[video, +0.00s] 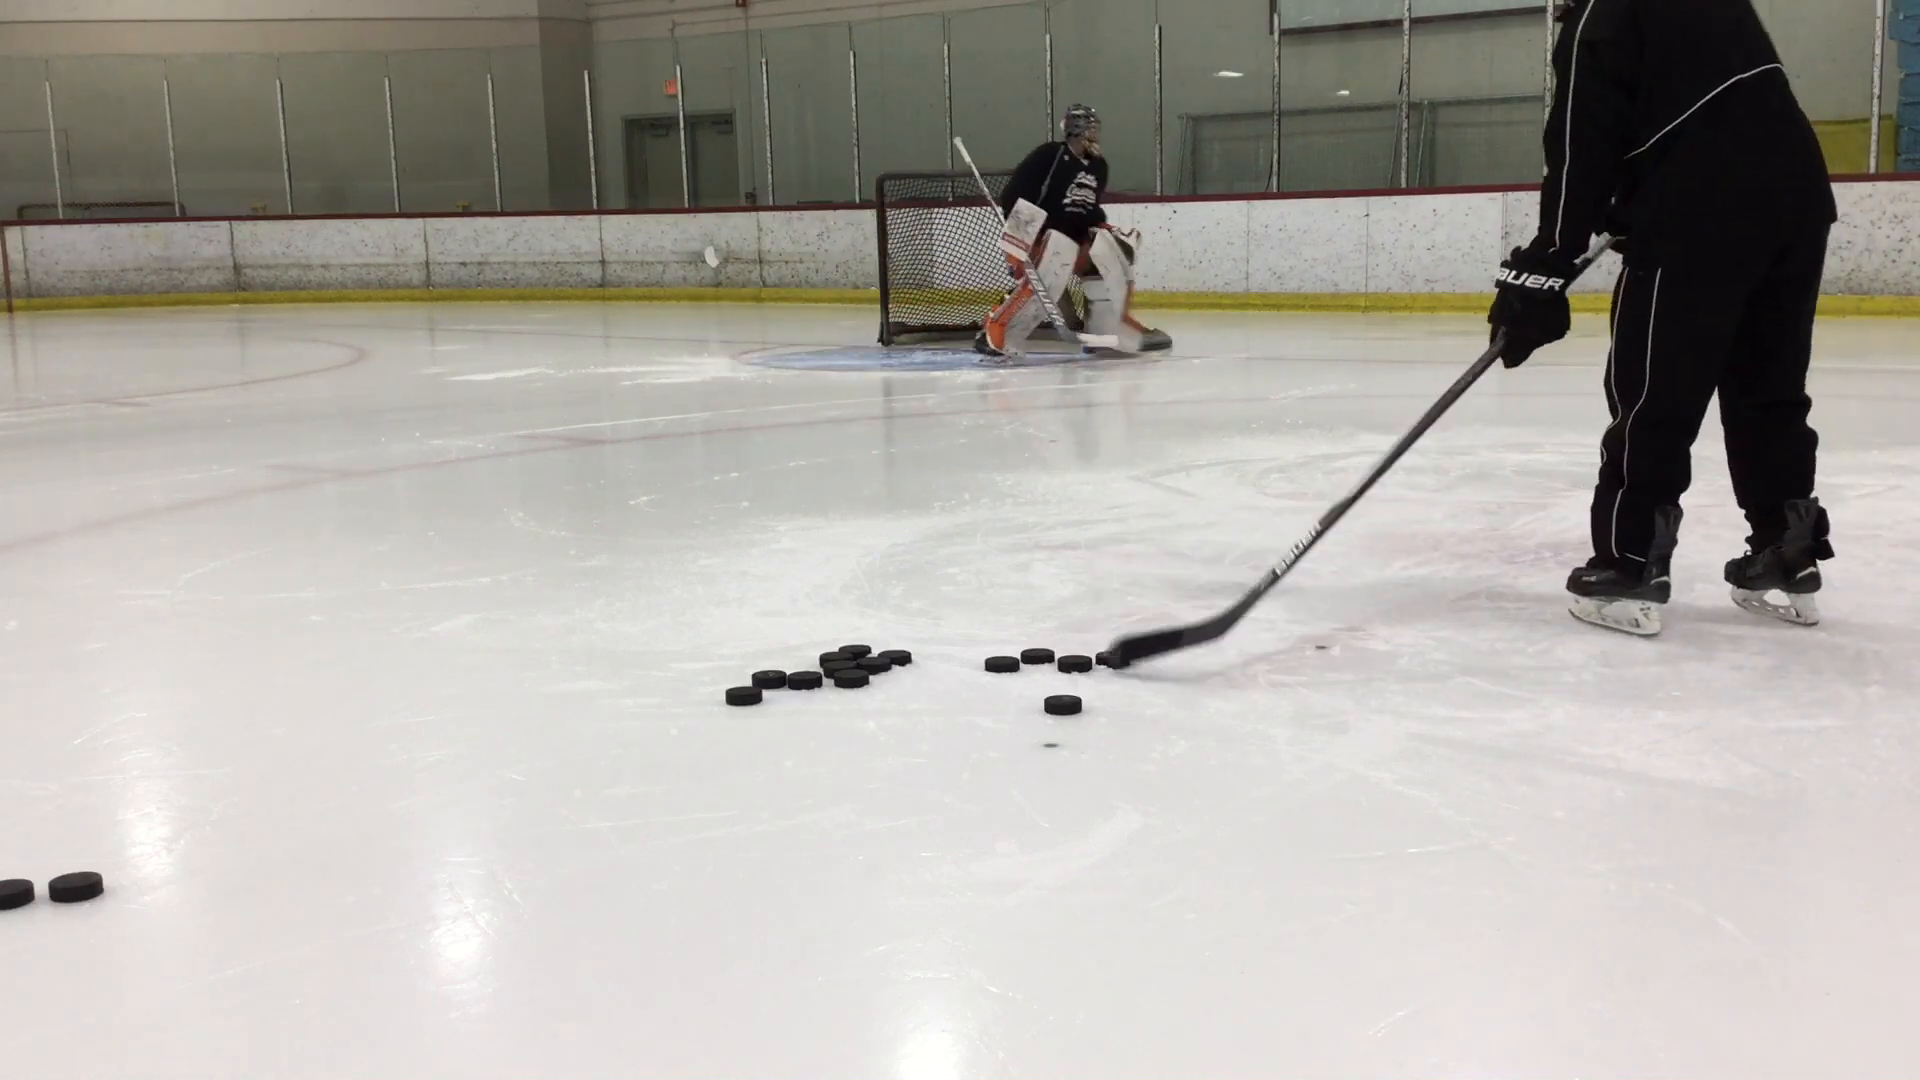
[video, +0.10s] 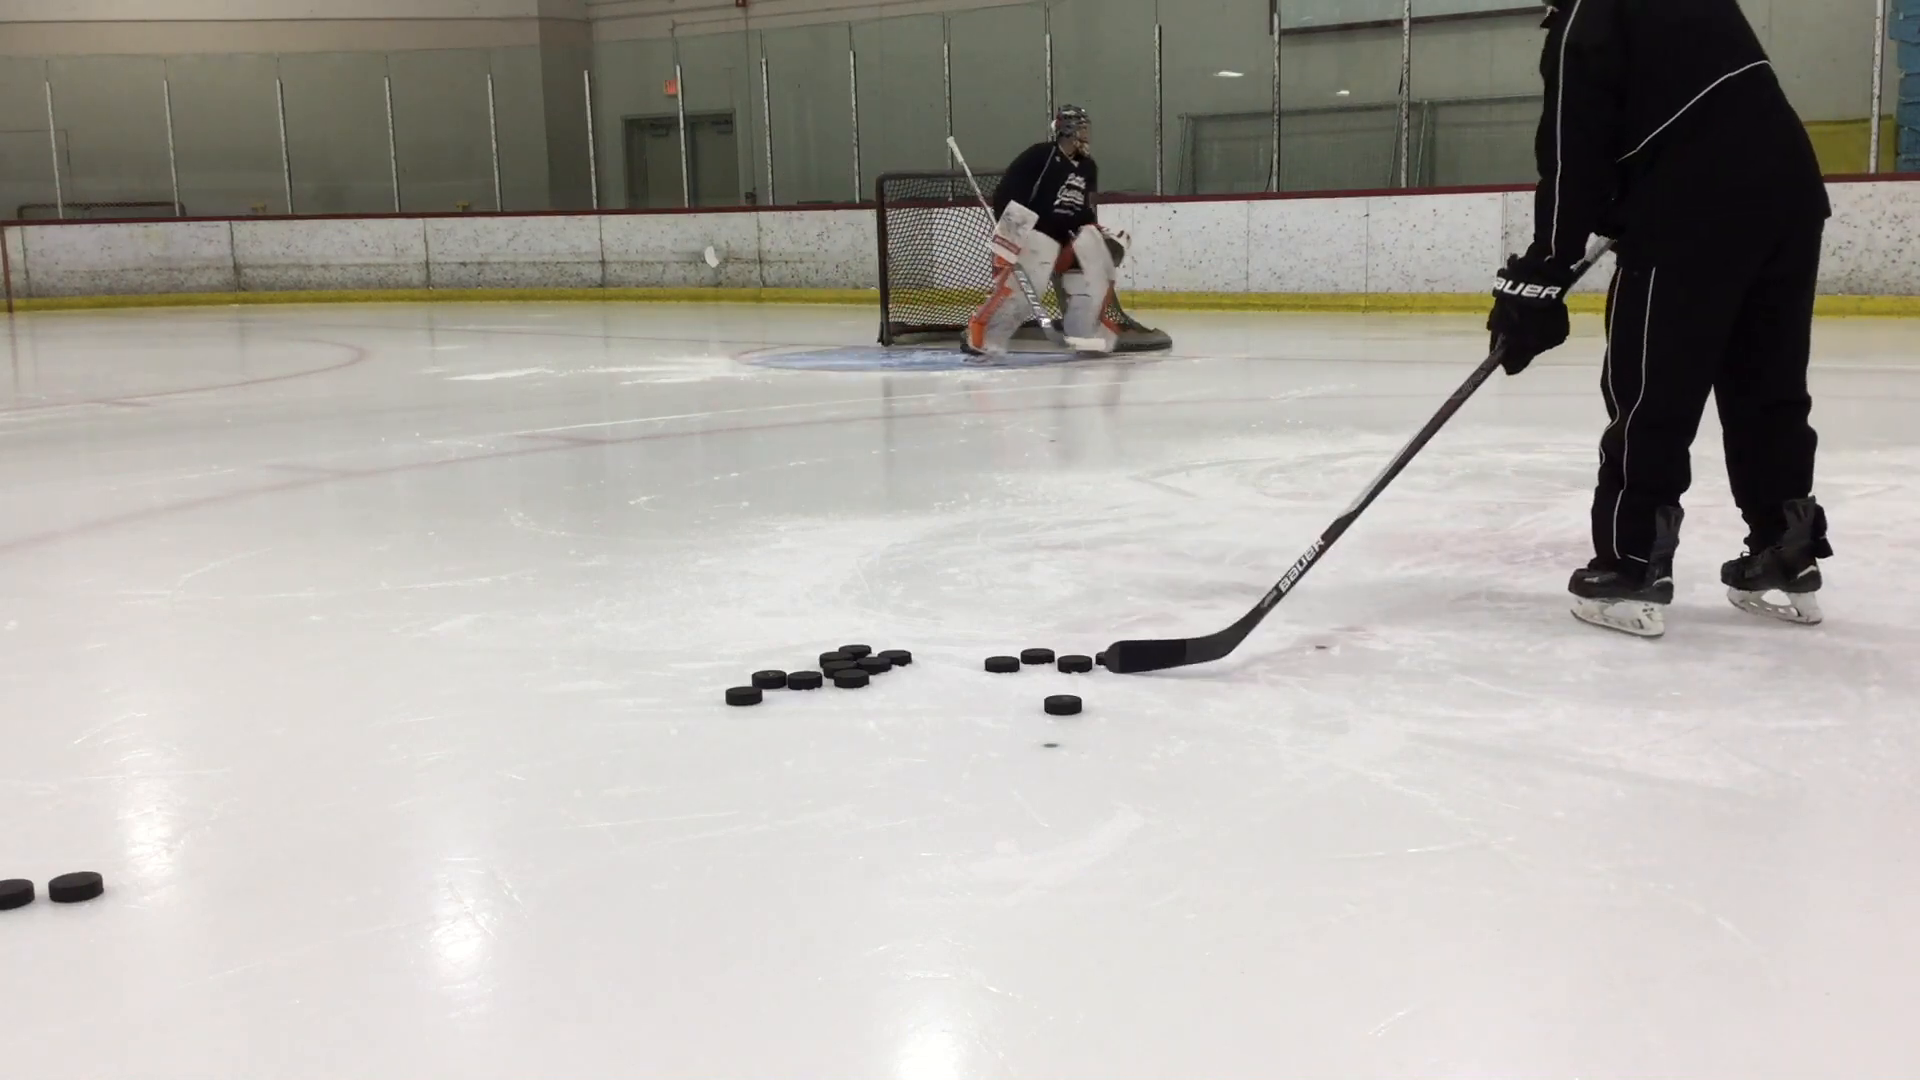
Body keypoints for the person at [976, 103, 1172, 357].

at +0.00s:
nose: (1096, 136)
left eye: (1096, 130)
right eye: (1090, 129)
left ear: (1094, 132)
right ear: (1075, 131)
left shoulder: (1098, 165)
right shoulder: (1048, 155)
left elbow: (1090, 206)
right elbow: (1015, 196)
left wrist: (1102, 231)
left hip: (1082, 235)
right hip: (1048, 232)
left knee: (1117, 257)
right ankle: (997, 334)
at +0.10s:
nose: (1086, 134)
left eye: (1086, 128)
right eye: (1080, 128)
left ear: (1085, 130)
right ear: (1066, 131)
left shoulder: (1087, 166)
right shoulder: (1039, 156)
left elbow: (1086, 209)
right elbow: (1006, 196)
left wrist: (1092, 237)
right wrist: (1014, 233)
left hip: (1074, 238)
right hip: (1037, 234)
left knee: (1096, 276)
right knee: (1025, 291)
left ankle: (1081, 336)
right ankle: (981, 340)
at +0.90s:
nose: (871, 137)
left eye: (877, 131)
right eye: (869, 131)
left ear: (892, 132)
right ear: (866, 131)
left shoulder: (920, 159)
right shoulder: (861, 159)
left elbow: (949, 191)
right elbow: (848, 195)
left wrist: (943, 230)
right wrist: (831, 225)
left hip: (925, 229)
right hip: (883, 231)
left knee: (942, 278)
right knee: (863, 281)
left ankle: (994, 327)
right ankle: (875, 336)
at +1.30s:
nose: (796, 121)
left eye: (803, 116)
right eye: (793, 115)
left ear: (818, 119)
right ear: (789, 117)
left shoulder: (840, 150)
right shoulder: (781, 148)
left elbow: (858, 195)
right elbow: (771, 193)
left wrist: (829, 227)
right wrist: (756, 229)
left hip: (823, 237)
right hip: (787, 232)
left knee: (823, 292)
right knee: (778, 287)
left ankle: (850, 345)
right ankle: (782, 343)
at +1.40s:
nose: (776, 119)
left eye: (783, 113)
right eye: (772, 113)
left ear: (798, 117)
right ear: (768, 115)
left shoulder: (818, 149)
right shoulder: (761, 146)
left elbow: (837, 195)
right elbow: (751, 193)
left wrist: (807, 227)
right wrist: (734, 228)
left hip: (804, 237)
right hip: (767, 232)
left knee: (804, 292)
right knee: (756, 287)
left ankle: (834, 348)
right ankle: (755, 346)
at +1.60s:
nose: (733, 122)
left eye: (739, 116)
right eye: (728, 116)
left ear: (753, 119)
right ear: (724, 119)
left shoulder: (775, 150)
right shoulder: (716, 150)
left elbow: (800, 191)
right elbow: (705, 195)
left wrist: (777, 223)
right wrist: (684, 231)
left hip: (761, 236)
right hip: (724, 232)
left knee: (766, 295)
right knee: (707, 283)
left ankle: (802, 348)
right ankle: (700, 348)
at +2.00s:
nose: (659, 149)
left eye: (665, 144)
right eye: (655, 144)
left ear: (680, 145)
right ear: (650, 147)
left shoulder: (710, 170)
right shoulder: (643, 176)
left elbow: (741, 205)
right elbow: (622, 224)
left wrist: (728, 234)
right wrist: (598, 267)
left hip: (702, 250)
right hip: (661, 253)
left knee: (715, 306)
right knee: (646, 307)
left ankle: (741, 362)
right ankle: (621, 366)